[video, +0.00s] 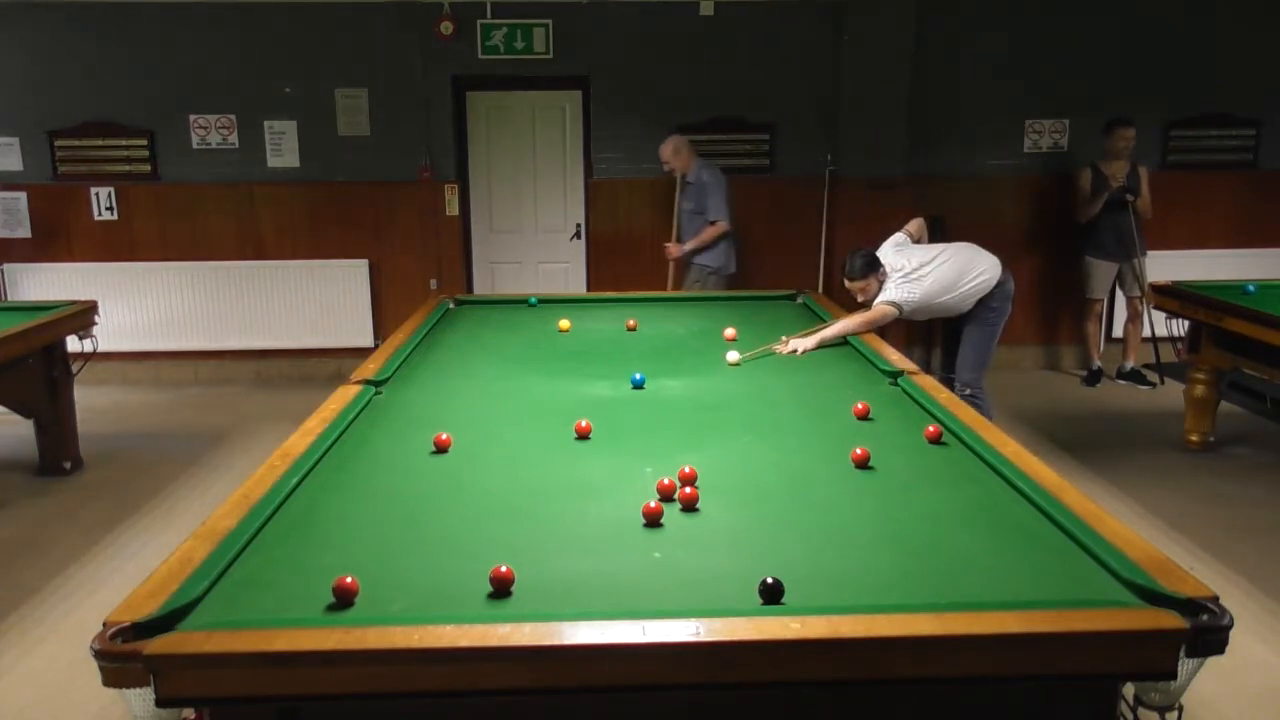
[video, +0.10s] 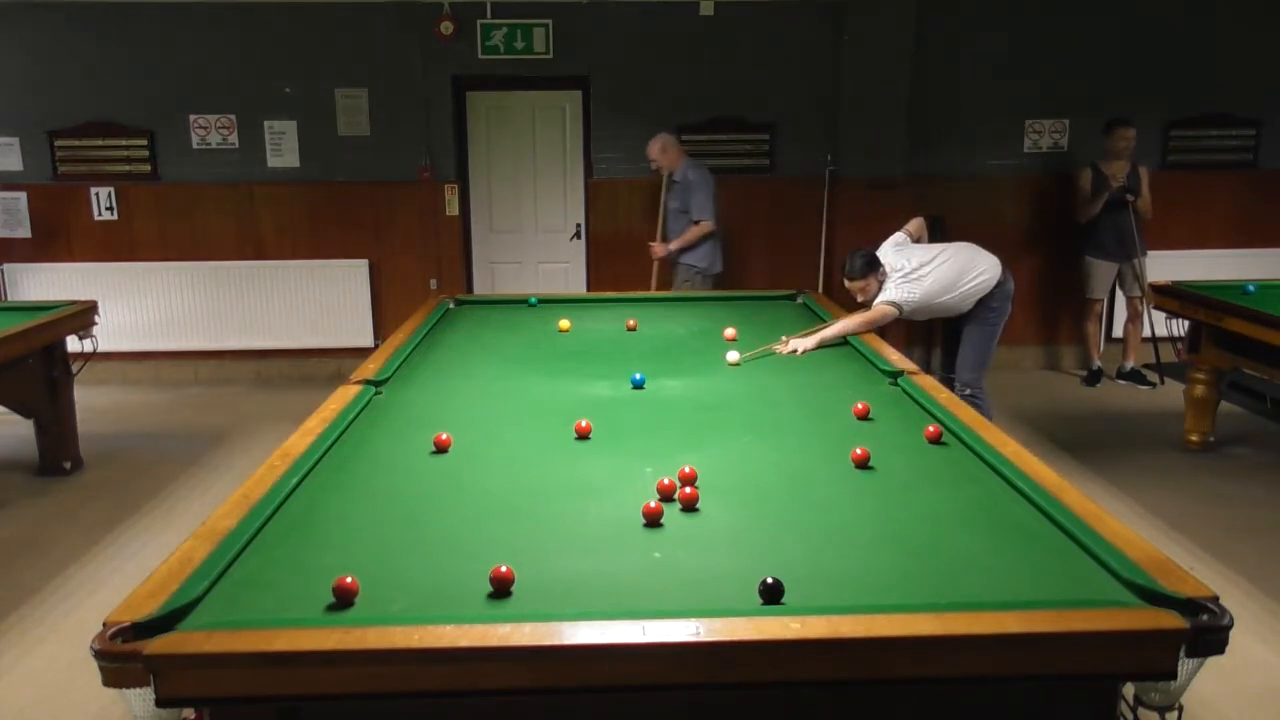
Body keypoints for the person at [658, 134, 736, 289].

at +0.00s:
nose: (666, 169)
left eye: (668, 162)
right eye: (664, 163)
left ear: (683, 155)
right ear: (682, 156)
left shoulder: (708, 176)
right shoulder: (692, 177)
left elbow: (722, 224)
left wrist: (685, 248)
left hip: (712, 264)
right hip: (700, 262)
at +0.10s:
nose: (653, 167)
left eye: (655, 160)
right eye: (651, 162)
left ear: (669, 152)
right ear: (669, 153)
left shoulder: (695, 175)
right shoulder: (681, 176)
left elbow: (707, 224)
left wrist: (670, 247)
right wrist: (667, 247)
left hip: (697, 265)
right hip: (686, 262)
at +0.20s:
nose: (641, 166)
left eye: (643, 159)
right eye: (639, 161)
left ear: (659, 152)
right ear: (659, 153)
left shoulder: (684, 174)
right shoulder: (670, 175)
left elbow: (691, 223)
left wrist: (655, 248)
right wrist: (654, 247)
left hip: (686, 264)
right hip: (674, 261)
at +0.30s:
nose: (629, 165)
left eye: (631, 159)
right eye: (627, 160)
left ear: (647, 152)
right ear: (645, 153)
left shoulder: (672, 175)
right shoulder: (657, 176)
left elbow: (677, 224)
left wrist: (642, 248)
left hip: (676, 266)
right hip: (662, 262)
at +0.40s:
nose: (615, 167)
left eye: (618, 162)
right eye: (614, 162)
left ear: (634, 154)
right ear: (632, 155)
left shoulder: (659, 176)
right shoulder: (643, 178)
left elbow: (665, 225)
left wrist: (632, 251)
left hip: (666, 268)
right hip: (651, 265)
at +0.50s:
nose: (603, 170)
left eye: (605, 164)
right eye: (601, 165)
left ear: (621, 156)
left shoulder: (646, 178)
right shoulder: (628, 181)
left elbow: (655, 225)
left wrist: (623, 253)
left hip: (653, 269)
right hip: (637, 266)